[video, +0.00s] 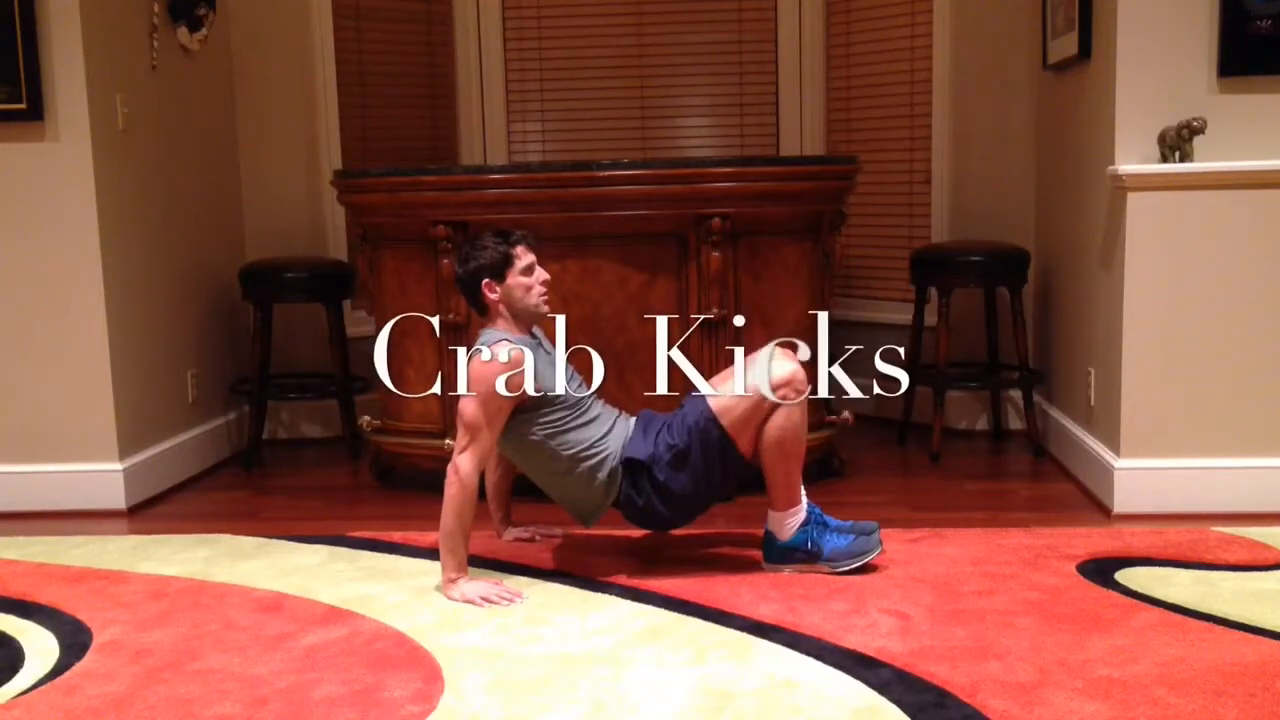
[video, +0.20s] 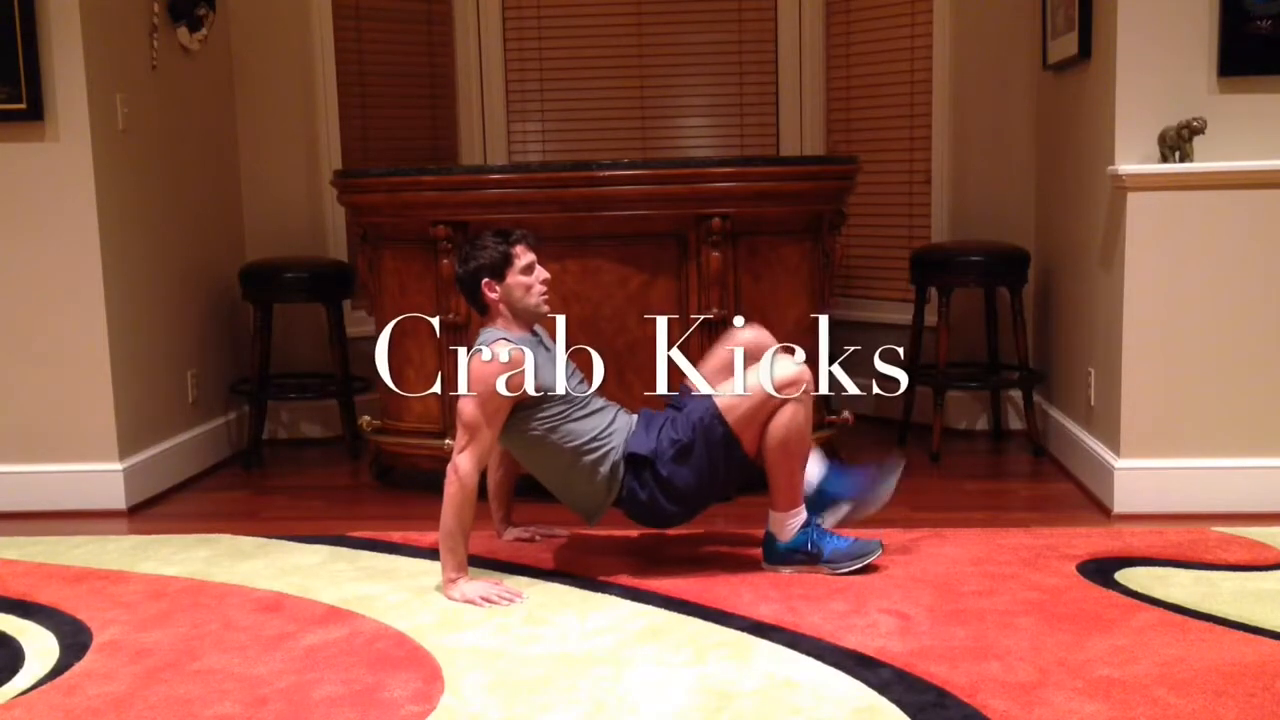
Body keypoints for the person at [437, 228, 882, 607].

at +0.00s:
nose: (543, 278)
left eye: (538, 267)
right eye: (528, 271)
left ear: (506, 290)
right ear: (493, 293)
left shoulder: (518, 340)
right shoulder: (495, 361)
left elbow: (498, 443)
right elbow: (464, 464)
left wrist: (500, 524)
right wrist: (453, 577)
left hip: (644, 439)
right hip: (640, 473)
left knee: (784, 357)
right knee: (785, 379)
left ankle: (795, 518)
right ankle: (789, 532)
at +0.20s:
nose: (543, 277)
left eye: (538, 266)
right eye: (527, 271)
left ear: (509, 287)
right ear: (493, 291)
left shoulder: (519, 340)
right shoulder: (494, 360)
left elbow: (500, 441)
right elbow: (463, 463)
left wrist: (500, 524)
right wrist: (453, 575)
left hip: (647, 433)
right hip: (644, 468)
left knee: (750, 338)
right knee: (790, 377)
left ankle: (814, 483)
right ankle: (789, 532)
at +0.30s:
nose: (544, 276)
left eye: (539, 265)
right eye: (528, 270)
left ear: (509, 287)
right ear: (493, 291)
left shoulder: (520, 341)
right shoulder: (493, 362)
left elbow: (501, 444)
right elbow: (463, 466)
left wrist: (500, 525)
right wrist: (452, 576)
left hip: (651, 431)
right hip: (647, 466)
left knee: (731, 326)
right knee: (795, 388)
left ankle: (842, 424)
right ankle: (790, 534)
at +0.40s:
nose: (543, 277)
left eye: (539, 266)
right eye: (527, 271)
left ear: (511, 286)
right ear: (493, 293)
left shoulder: (521, 342)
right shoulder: (496, 361)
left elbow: (500, 442)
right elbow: (462, 464)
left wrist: (499, 526)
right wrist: (451, 575)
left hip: (651, 429)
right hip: (648, 467)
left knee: (737, 325)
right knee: (793, 377)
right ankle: (790, 532)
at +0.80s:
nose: (526, 277)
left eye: (522, 268)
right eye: (511, 273)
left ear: (495, 290)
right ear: (477, 295)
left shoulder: (511, 338)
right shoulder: (486, 358)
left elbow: (494, 440)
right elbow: (459, 463)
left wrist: (498, 522)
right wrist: (452, 576)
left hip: (660, 396)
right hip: (664, 440)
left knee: (740, 268)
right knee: (826, 341)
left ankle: (880, 337)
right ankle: (816, 510)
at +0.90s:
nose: (516, 274)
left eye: (511, 264)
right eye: (500, 269)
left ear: (486, 286)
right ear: (465, 292)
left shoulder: (503, 342)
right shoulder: (483, 356)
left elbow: (492, 444)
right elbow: (456, 466)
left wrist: (497, 526)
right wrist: (453, 575)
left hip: (657, 397)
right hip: (660, 422)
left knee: (784, 297)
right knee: (787, 300)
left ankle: (816, 437)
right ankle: (894, 408)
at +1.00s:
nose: (519, 275)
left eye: (513, 265)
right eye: (502, 271)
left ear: (495, 286)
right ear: (470, 297)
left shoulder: (510, 345)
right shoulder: (486, 357)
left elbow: (493, 446)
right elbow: (455, 468)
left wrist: (499, 526)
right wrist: (452, 575)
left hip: (657, 428)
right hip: (650, 446)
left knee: (787, 337)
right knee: (787, 334)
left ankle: (782, 505)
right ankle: (937, 341)